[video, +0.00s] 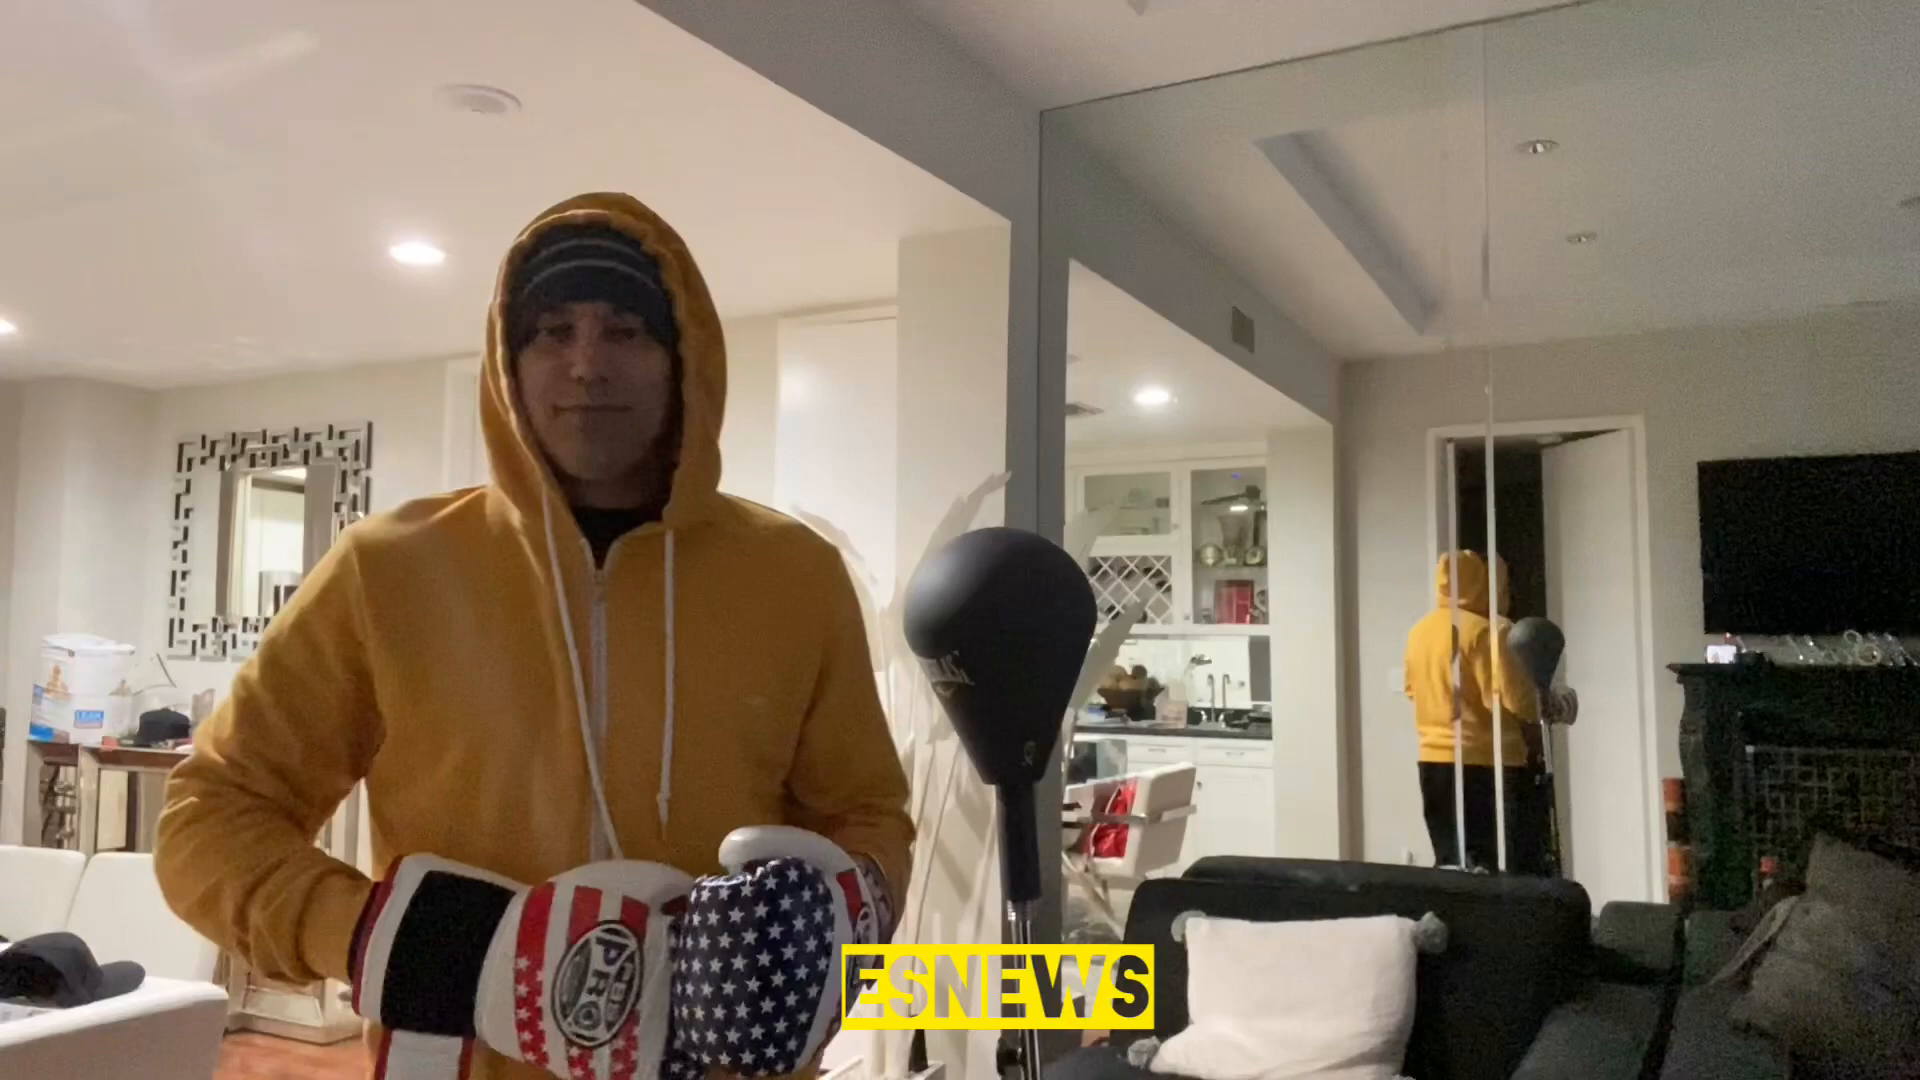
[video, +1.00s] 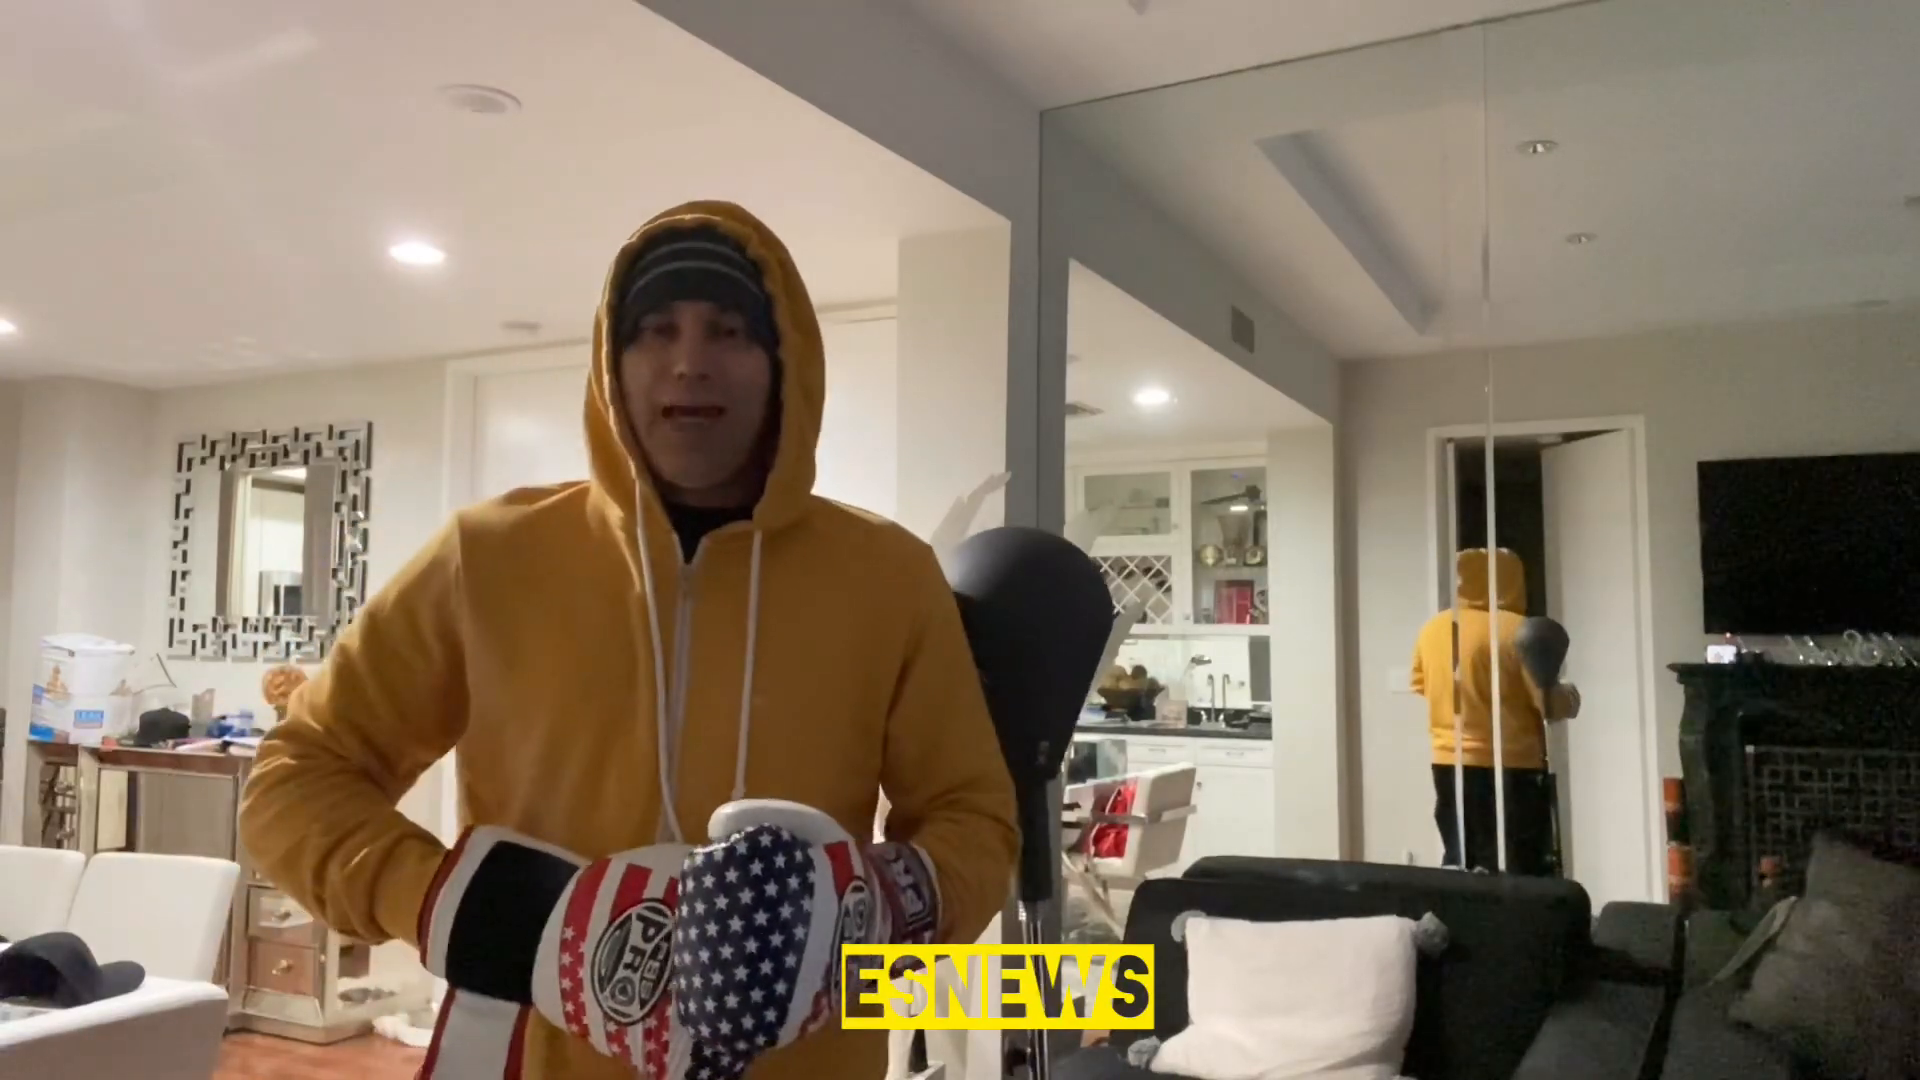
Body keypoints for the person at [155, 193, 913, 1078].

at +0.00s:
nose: (587, 364)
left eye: (626, 331)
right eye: (555, 333)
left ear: (681, 363)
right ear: (510, 367)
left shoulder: (795, 577)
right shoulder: (387, 574)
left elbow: (869, 817)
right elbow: (212, 819)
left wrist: (808, 930)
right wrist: (385, 939)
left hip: (720, 1064)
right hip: (465, 1062)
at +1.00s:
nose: (691, 363)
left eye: (731, 330)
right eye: (657, 331)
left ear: (783, 365)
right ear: (613, 365)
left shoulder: (886, 578)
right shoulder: (488, 561)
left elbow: (974, 819)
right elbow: (294, 782)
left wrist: (875, 902)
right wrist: (489, 917)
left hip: (800, 1062)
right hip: (542, 1056)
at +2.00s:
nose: (722, 387)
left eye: (759, 354)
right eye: (692, 355)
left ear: (814, 379)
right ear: (650, 384)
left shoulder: (922, 584)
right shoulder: (538, 578)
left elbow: (1052, 842)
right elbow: (340, 809)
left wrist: (878, 787)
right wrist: (587, 840)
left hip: (851, 1057)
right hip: (604, 1062)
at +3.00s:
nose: (299, 525)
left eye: (330, 456)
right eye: (250, 486)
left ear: (435, 404)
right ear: (212, 486)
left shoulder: (679, 519)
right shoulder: (188, 641)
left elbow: (896, 774)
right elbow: (32, 978)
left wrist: (632, 816)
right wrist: (322, 958)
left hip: (687, 1064)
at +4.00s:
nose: (560, 493)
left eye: (601, 445)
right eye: (522, 444)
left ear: (661, 438)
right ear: (464, 431)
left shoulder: (757, 602)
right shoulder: (334, 557)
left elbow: (828, 831)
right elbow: (225, 838)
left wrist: (812, 971)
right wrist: (487, 921)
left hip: (647, 1063)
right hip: (372, 1058)